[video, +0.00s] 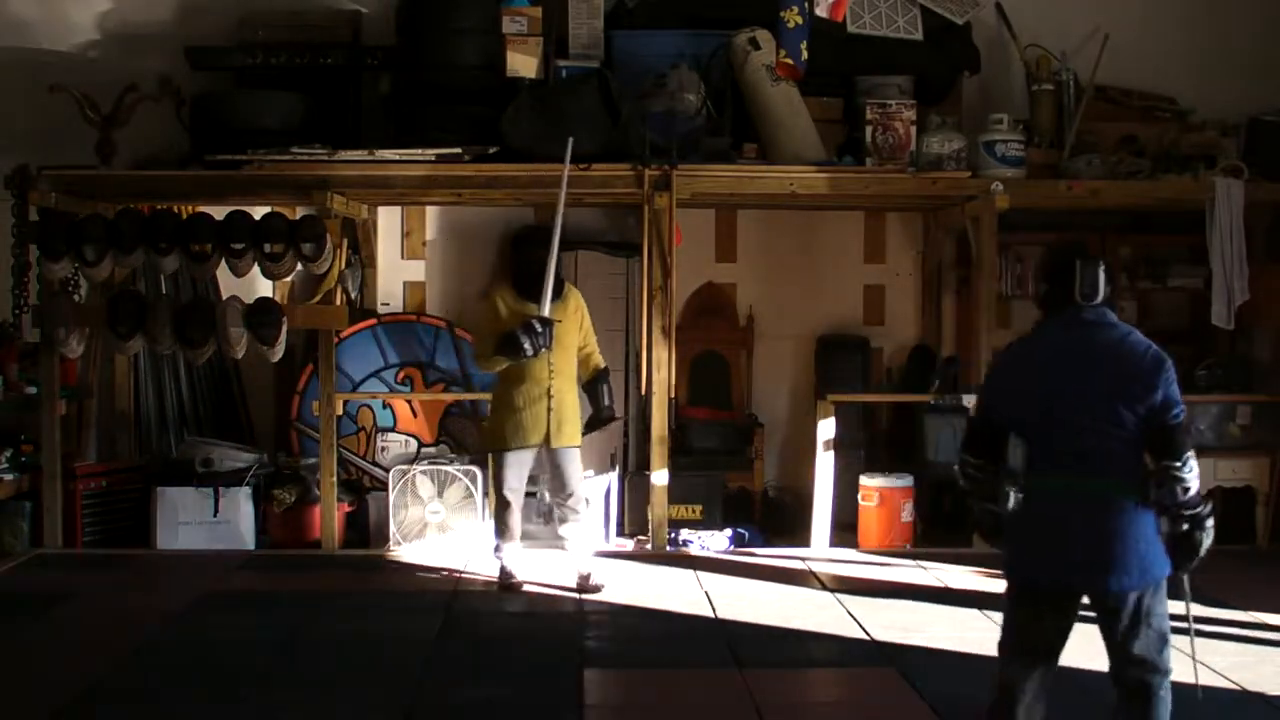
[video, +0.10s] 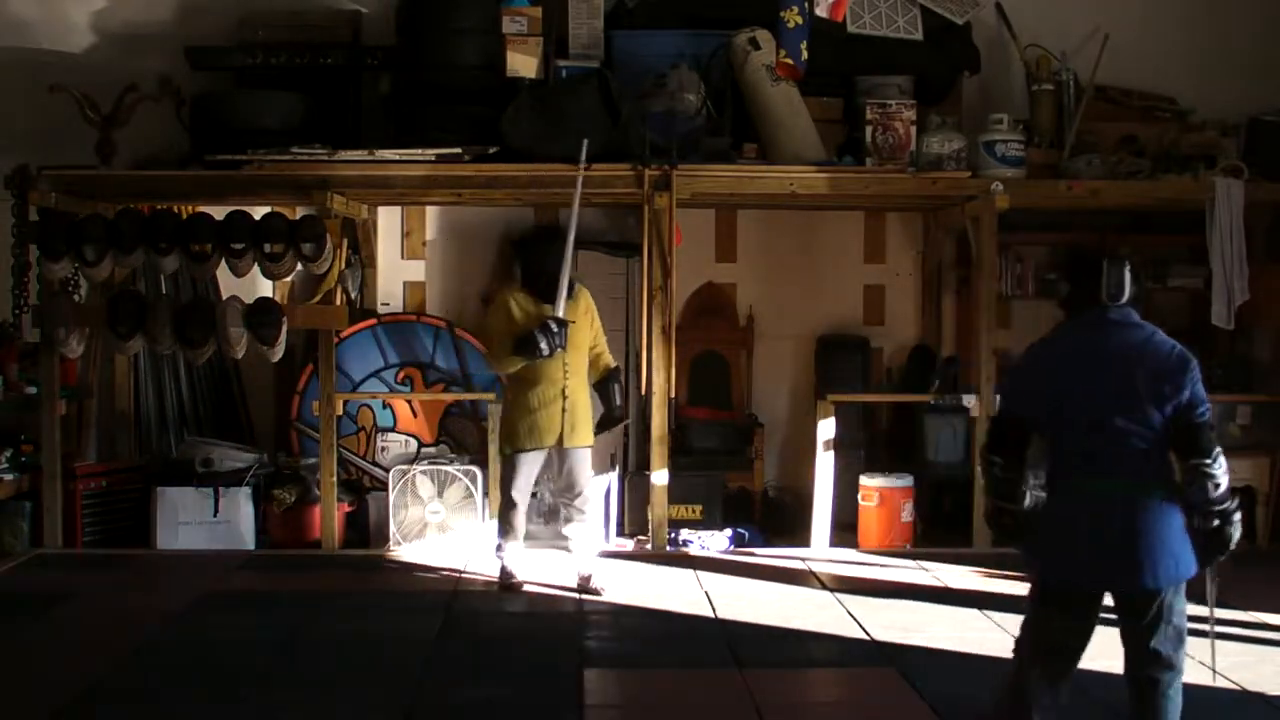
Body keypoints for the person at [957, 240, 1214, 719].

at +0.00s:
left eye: (1044, 288)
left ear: (1044, 292)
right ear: (1104, 291)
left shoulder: (1018, 358)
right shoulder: (1145, 359)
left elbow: (980, 453)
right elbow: (1175, 464)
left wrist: (989, 516)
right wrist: (1190, 523)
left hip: (1041, 530)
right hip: (1124, 535)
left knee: (1022, 670)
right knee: (1145, 678)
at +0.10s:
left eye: (1062, 290)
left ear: (1070, 293)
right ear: (1128, 291)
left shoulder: (1045, 355)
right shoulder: (1170, 358)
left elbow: (1005, 448)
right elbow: (1202, 458)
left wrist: (1006, 513)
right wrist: (1216, 522)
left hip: (1068, 529)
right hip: (1150, 532)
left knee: (1042, 660)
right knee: (1157, 670)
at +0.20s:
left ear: (1089, 291)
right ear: (1148, 289)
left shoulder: (1063, 355)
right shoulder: (1187, 358)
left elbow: (1024, 445)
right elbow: (1225, 453)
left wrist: (1025, 510)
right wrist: (1241, 517)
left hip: (1084, 527)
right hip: (1163, 530)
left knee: (1060, 656)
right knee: (1165, 668)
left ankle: (1040, 716)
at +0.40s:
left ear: (1117, 289)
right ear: (1172, 288)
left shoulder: (1088, 352)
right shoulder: (1207, 355)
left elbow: (1044, 439)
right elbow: (1242, 444)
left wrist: (1052, 494)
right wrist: (1250, 494)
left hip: (1101, 519)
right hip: (1179, 521)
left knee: (1101, 658)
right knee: (1172, 659)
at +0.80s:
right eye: (1171, 283)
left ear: (1119, 290)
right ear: (1175, 288)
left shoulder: (1094, 353)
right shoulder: (1212, 349)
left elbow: (1058, 444)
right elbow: (1257, 440)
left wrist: (1064, 502)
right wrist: (1264, 434)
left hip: (1123, 512)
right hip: (1197, 514)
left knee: (1124, 646)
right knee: (1195, 644)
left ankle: (1129, 714)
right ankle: (1180, 715)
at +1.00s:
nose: (1125, 299)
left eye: (1128, 291)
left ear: (1132, 293)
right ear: (1186, 290)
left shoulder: (1115, 353)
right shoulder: (1224, 347)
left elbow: (1081, 440)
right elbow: (1267, 434)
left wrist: (1080, 500)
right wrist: (1251, 447)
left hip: (1142, 515)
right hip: (1218, 514)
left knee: (1132, 648)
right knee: (1240, 640)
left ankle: (1130, 718)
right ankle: (1247, 715)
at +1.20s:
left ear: (1168, 299)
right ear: (1223, 298)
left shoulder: (1151, 352)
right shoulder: (1263, 355)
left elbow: (1120, 441)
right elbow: (1273, 433)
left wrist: (1106, 511)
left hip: (1182, 511)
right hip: (1257, 511)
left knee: (1152, 644)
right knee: (1277, 642)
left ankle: (1138, 710)